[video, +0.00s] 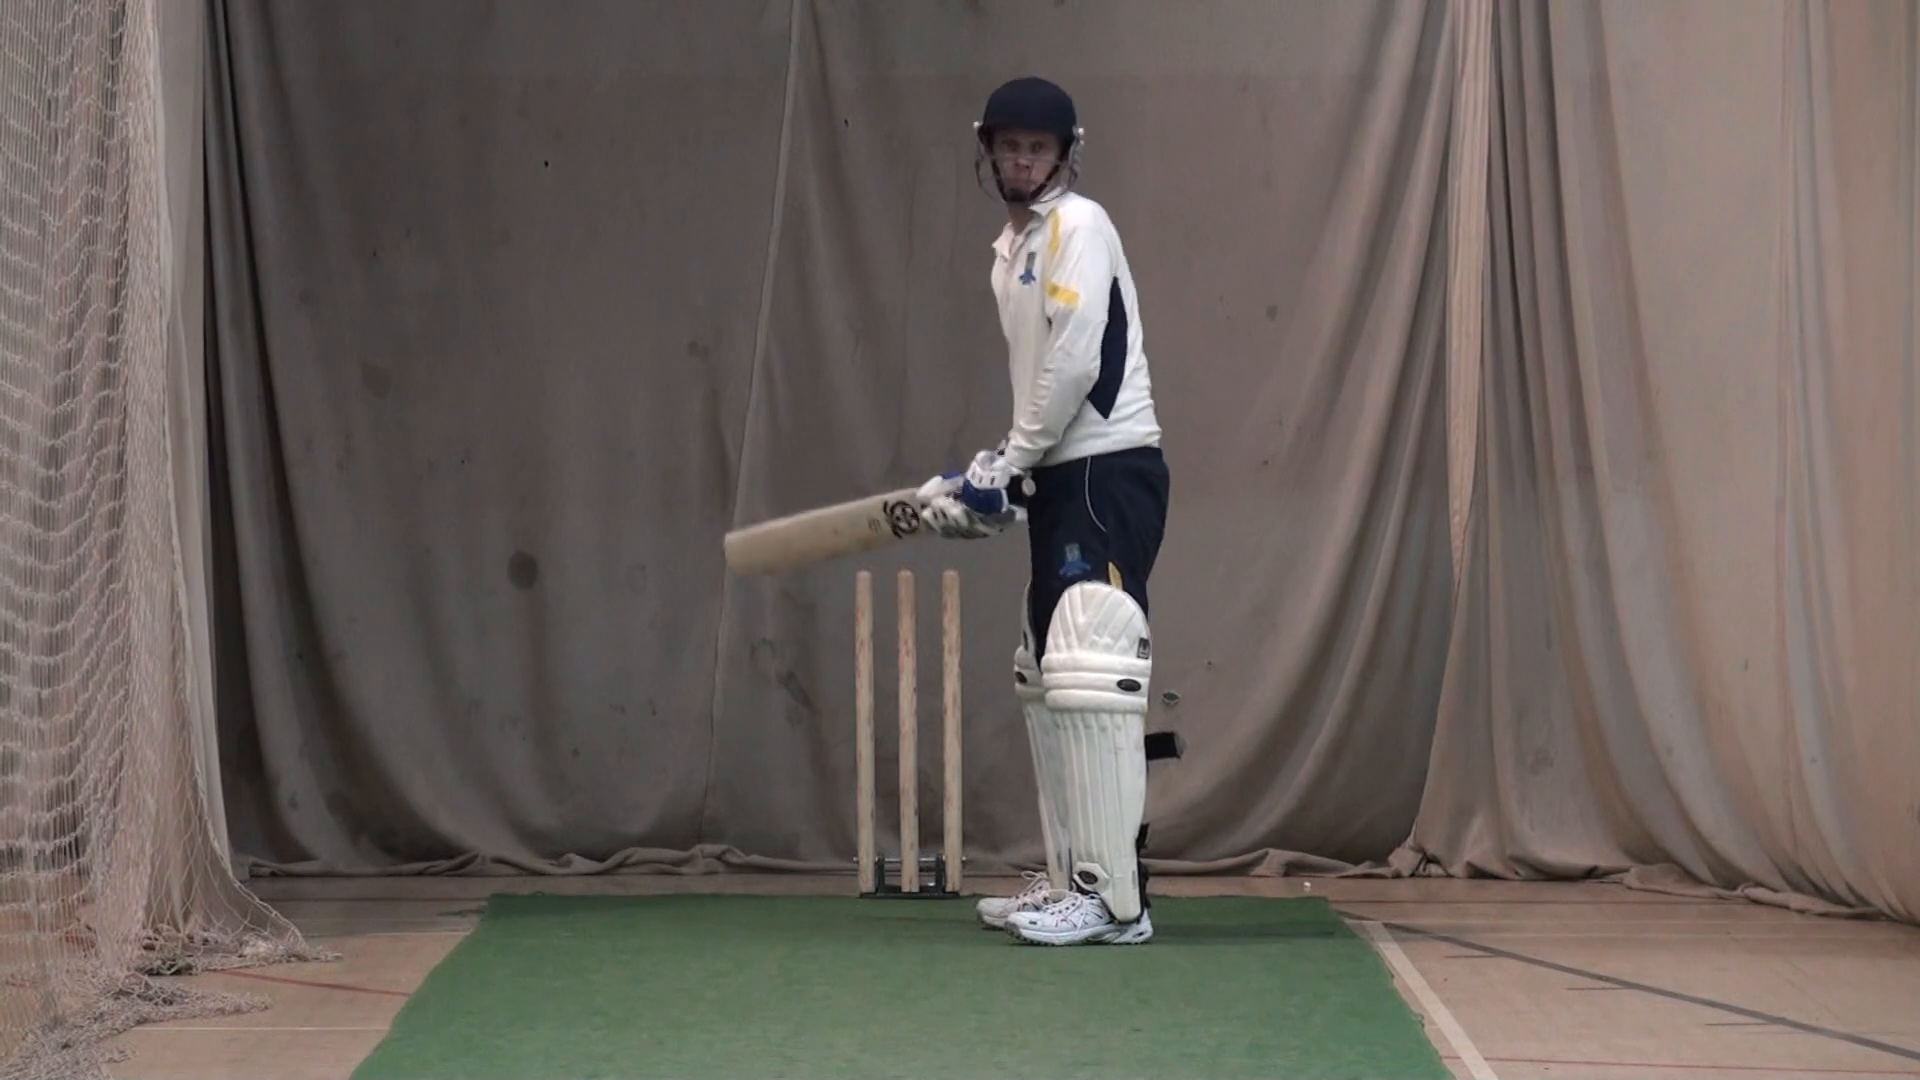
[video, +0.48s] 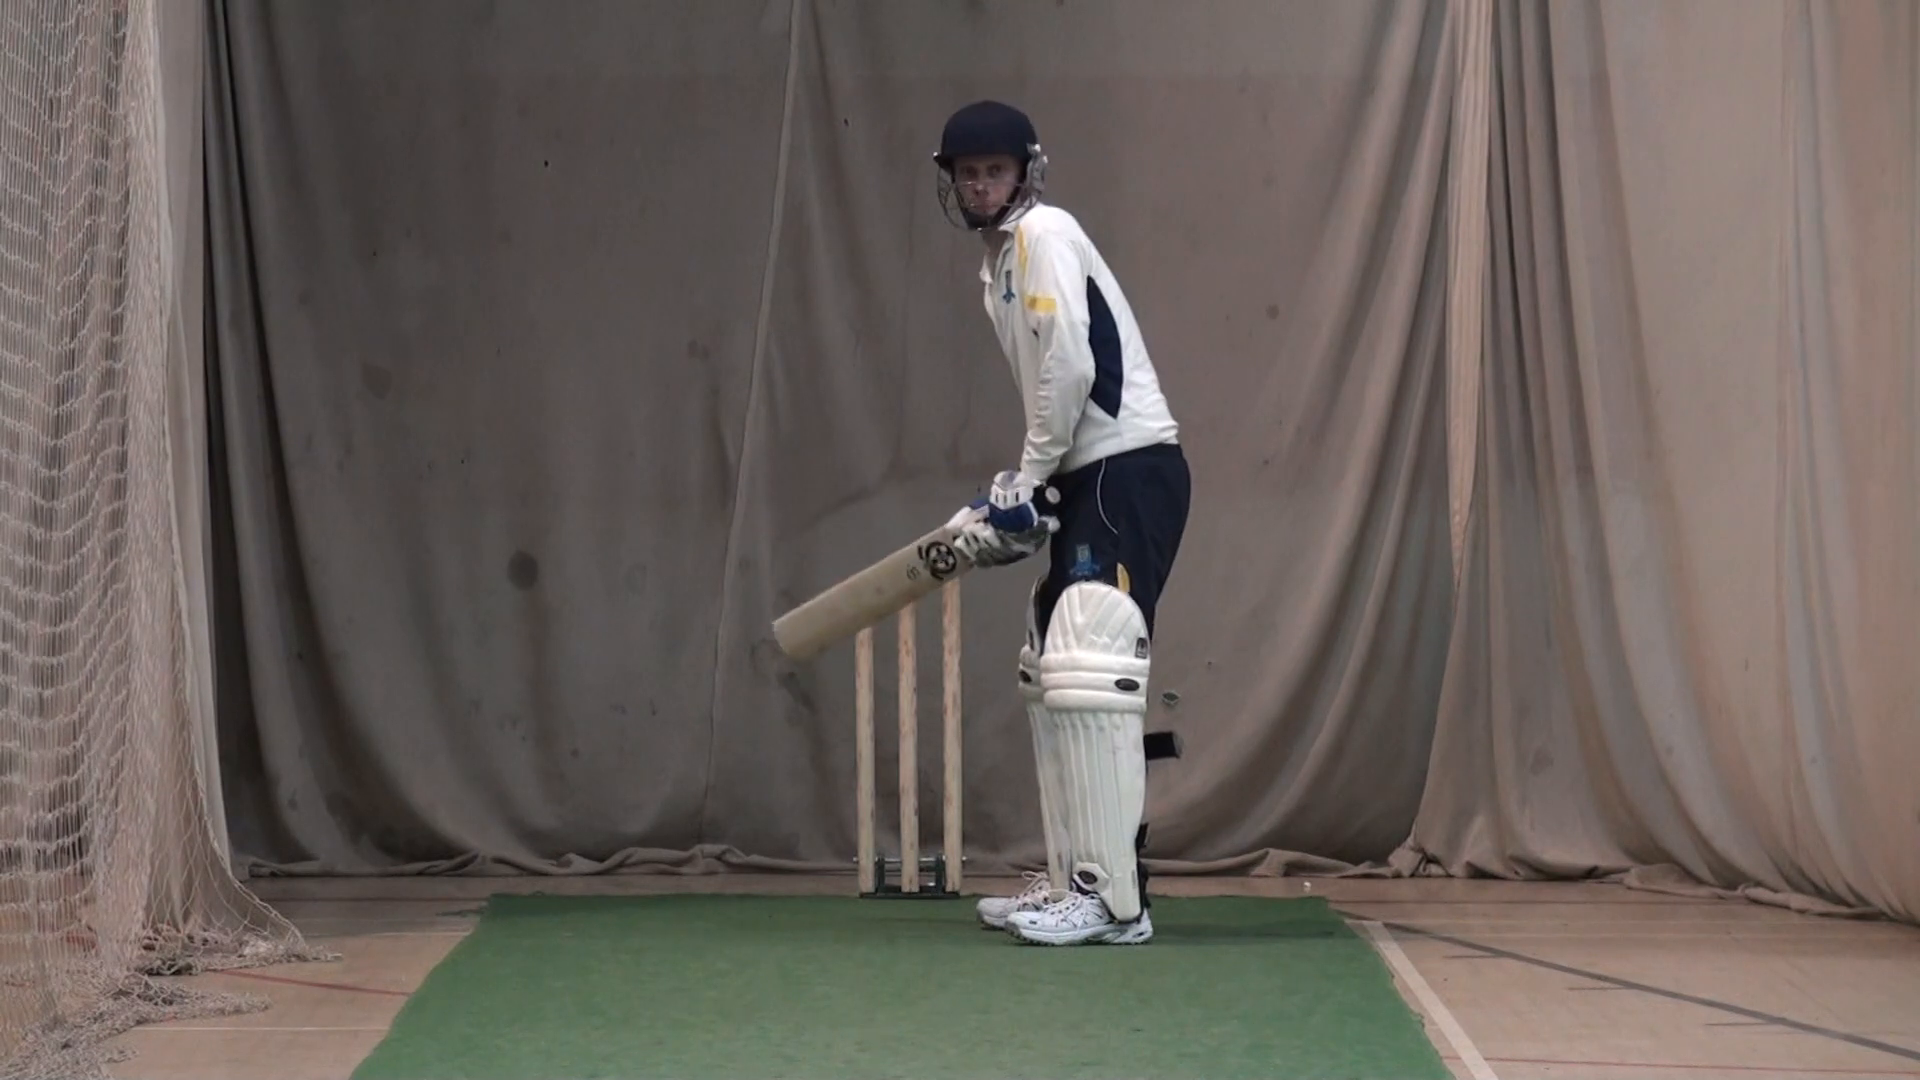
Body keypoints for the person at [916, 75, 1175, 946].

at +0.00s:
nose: (1021, 161)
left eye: (1038, 147)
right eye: (1007, 146)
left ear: (1065, 153)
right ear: (988, 153)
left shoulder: (1077, 225)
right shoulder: (1010, 250)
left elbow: (1075, 366)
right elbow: (1035, 385)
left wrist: (1003, 467)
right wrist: (984, 480)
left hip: (1105, 473)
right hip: (1058, 478)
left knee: (1093, 677)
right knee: (1050, 676)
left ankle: (1113, 897)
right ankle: (1073, 879)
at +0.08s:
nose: (1008, 169)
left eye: (1024, 154)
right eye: (993, 155)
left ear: (1050, 159)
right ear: (973, 160)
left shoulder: (1059, 228)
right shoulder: (1005, 257)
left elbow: (1073, 363)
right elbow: (1037, 391)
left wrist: (1009, 474)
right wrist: (1001, 499)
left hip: (1115, 471)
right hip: (1070, 479)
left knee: (1089, 677)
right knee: (1045, 676)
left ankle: (1113, 898)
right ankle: (1075, 879)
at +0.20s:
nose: (983, 182)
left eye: (999, 166)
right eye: (970, 168)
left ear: (1030, 168)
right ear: (955, 174)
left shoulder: (1047, 234)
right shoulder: (1003, 264)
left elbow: (1073, 366)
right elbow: (1044, 397)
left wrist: (1028, 482)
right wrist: (1012, 504)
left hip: (1125, 471)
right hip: (1082, 479)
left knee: (1091, 677)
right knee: (1050, 675)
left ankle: (1113, 895)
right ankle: (1082, 877)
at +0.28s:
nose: (978, 185)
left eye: (993, 170)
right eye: (964, 173)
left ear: (1024, 171)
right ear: (950, 182)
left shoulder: (1043, 235)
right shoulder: (1000, 265)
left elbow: (1073, 368)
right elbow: (1043, 395)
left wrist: (1032, 481)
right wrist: (1019, 503)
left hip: (1126, 471)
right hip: (1084, 479)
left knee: (1091, 676)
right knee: (1052, 675)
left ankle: (1112, 896)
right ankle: (1081, 878)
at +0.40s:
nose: (980, 186)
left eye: (994, 170)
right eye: (965, 174)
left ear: (1025, 171)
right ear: (950, 183)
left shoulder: (1042, 234)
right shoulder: (1001, 265)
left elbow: (1071, 369)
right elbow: (1043, 399)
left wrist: (1029, 478)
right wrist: (1008, 513)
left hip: (1125, 469)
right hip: (1084, 478)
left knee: (1091, 677)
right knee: (1052, 676)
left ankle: (1111, 896)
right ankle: (1080, 879)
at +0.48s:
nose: (981, 187)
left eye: (996, 172)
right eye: (966, 175)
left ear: (1026, 172)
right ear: (951, 183)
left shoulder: (1042, 235)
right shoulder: (1003, 266)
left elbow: (1070, 371)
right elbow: (1045, 397)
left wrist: (1025, 482)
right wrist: (1012, 505)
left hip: (1127, 469)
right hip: (1085, 478)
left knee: (1090, 674)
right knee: (1053, 672)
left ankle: (1111, 895)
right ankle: (1081, 878)